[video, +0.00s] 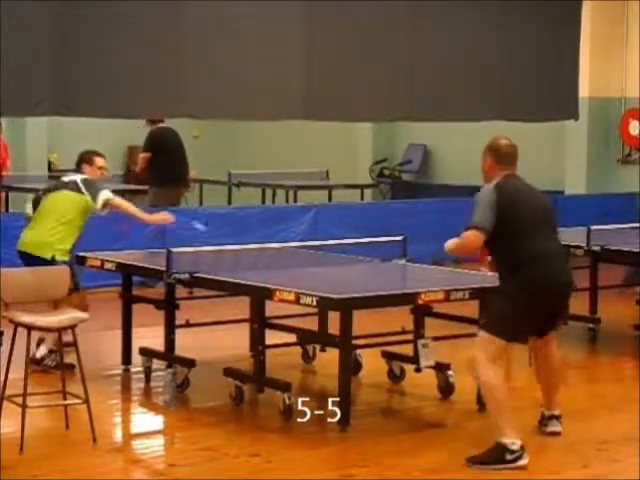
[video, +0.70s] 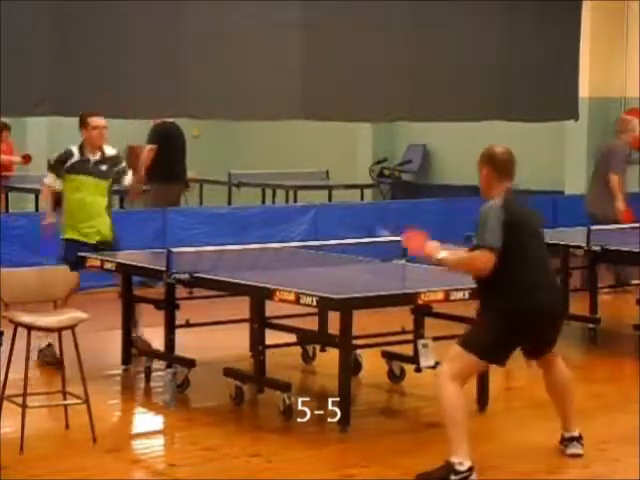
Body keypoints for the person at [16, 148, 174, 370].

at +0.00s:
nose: (105, 174)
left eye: (105, 169)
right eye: (101, 169)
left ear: (80, 169)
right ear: (86, 167)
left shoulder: (57, 183)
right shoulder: (88, 185)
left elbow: (35, 204)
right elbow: (117, 203)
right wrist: (149, 218)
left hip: (26, 248)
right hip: (51, 255)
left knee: (58, 297)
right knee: (79, 303)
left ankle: (49, 341)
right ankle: (46, 350)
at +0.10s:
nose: (106, 177)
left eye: (107, 172)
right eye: (103, 171)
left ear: (83, 171)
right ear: (88, 169)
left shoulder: (60, 185)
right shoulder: (90, 185)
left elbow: (31, 217)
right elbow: (107, 193)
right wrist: (129, 202)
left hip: (28, 250)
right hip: (52, 255)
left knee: (59, 300)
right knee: (80, 303)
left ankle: (42, 347)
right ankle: (48, 350)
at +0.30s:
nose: (107, 147)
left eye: (109, 142)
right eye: (104, 142)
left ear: (100, 142)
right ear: (89, 139)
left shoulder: (91, 166)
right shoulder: (69, 154)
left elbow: (110, 186)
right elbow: (49, 153)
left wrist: (132, 173)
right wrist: (44, 153)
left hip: (75, 233)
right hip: (55, 232)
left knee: (83, 281)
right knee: (64, 285)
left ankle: (65, 328)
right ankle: (50, 344)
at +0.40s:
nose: (104, 139)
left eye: (105, 135)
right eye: (100, 135)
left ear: (104, 136)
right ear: (84, 136)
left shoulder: (103, 157)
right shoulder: (64, 153)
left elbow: (135, 153)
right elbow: (26, 155)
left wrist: (124, 119)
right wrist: (6, 159)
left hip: (85, 228)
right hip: (60, 229)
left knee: (106, 283)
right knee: (59, 290)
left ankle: (100, 333)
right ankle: (39, 346)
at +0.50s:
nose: (100, 142)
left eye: (101, 137)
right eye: (95, 137)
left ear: (101, 138)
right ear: (80, 140)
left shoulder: (103, 164)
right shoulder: (61, 160)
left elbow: (136, 166)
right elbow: (27, 173)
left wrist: (131, 130)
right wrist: (10, 178)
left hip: (92, 232)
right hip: (63, 235)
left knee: (114, 284)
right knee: (58, 292)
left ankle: (124, 337)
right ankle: (40, 347)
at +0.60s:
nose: (98, 139)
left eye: (99, 135)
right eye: (93, 135)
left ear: (101, 138)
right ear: (79, 137)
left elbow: (136, 187)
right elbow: (38, 187)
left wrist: (143, 166)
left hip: (100, 240)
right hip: (70, 239)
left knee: (127, 287)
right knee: (56, 293)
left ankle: (134, 336)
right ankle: (41, 347)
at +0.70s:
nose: (102, 133)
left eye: (103, 129)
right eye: (97, 129)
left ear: (106, 132)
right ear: (84, 132)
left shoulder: (113, 158)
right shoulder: (67, 158)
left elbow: (131, 188)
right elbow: (48, 187)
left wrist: (140, 167)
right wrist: (49, 214)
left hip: (103, 232)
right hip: (74, 232)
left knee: (125, 282)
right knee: (64, 289)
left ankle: (135, 333)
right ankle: (51, 343)